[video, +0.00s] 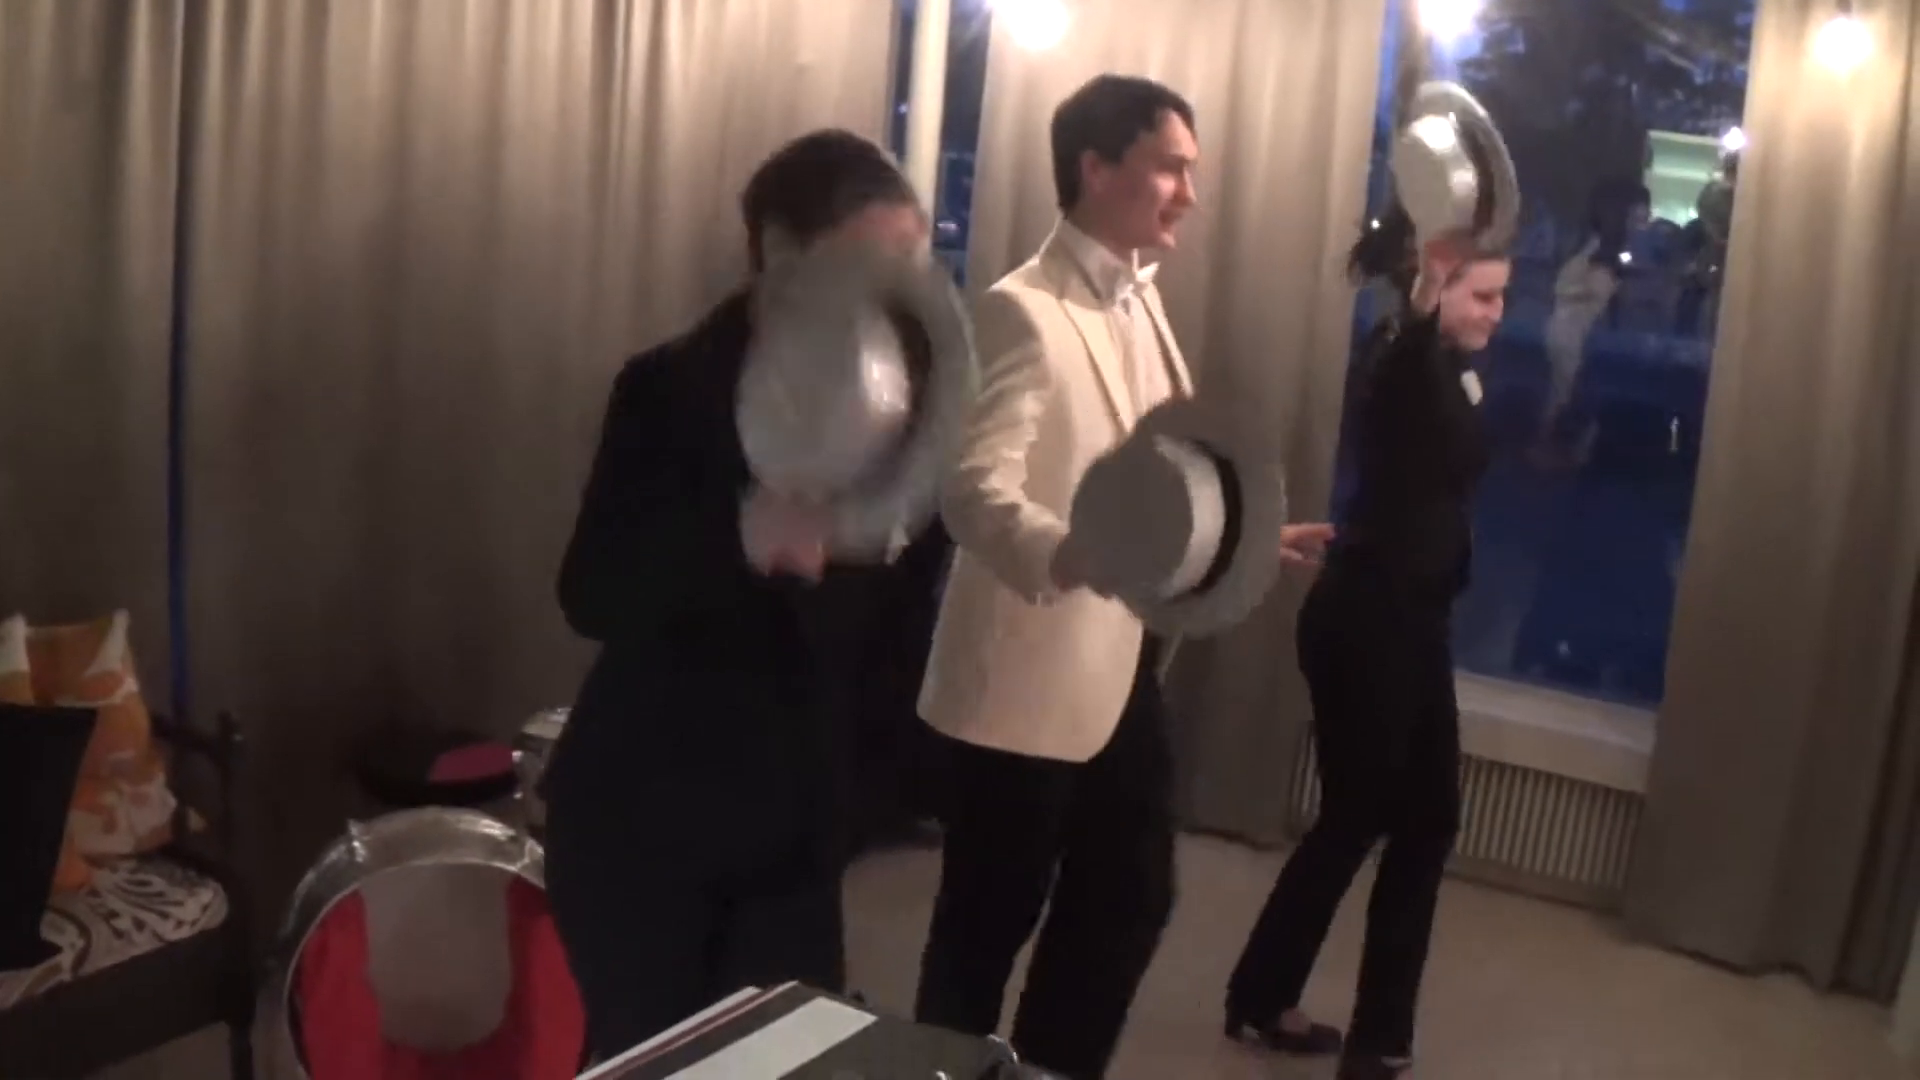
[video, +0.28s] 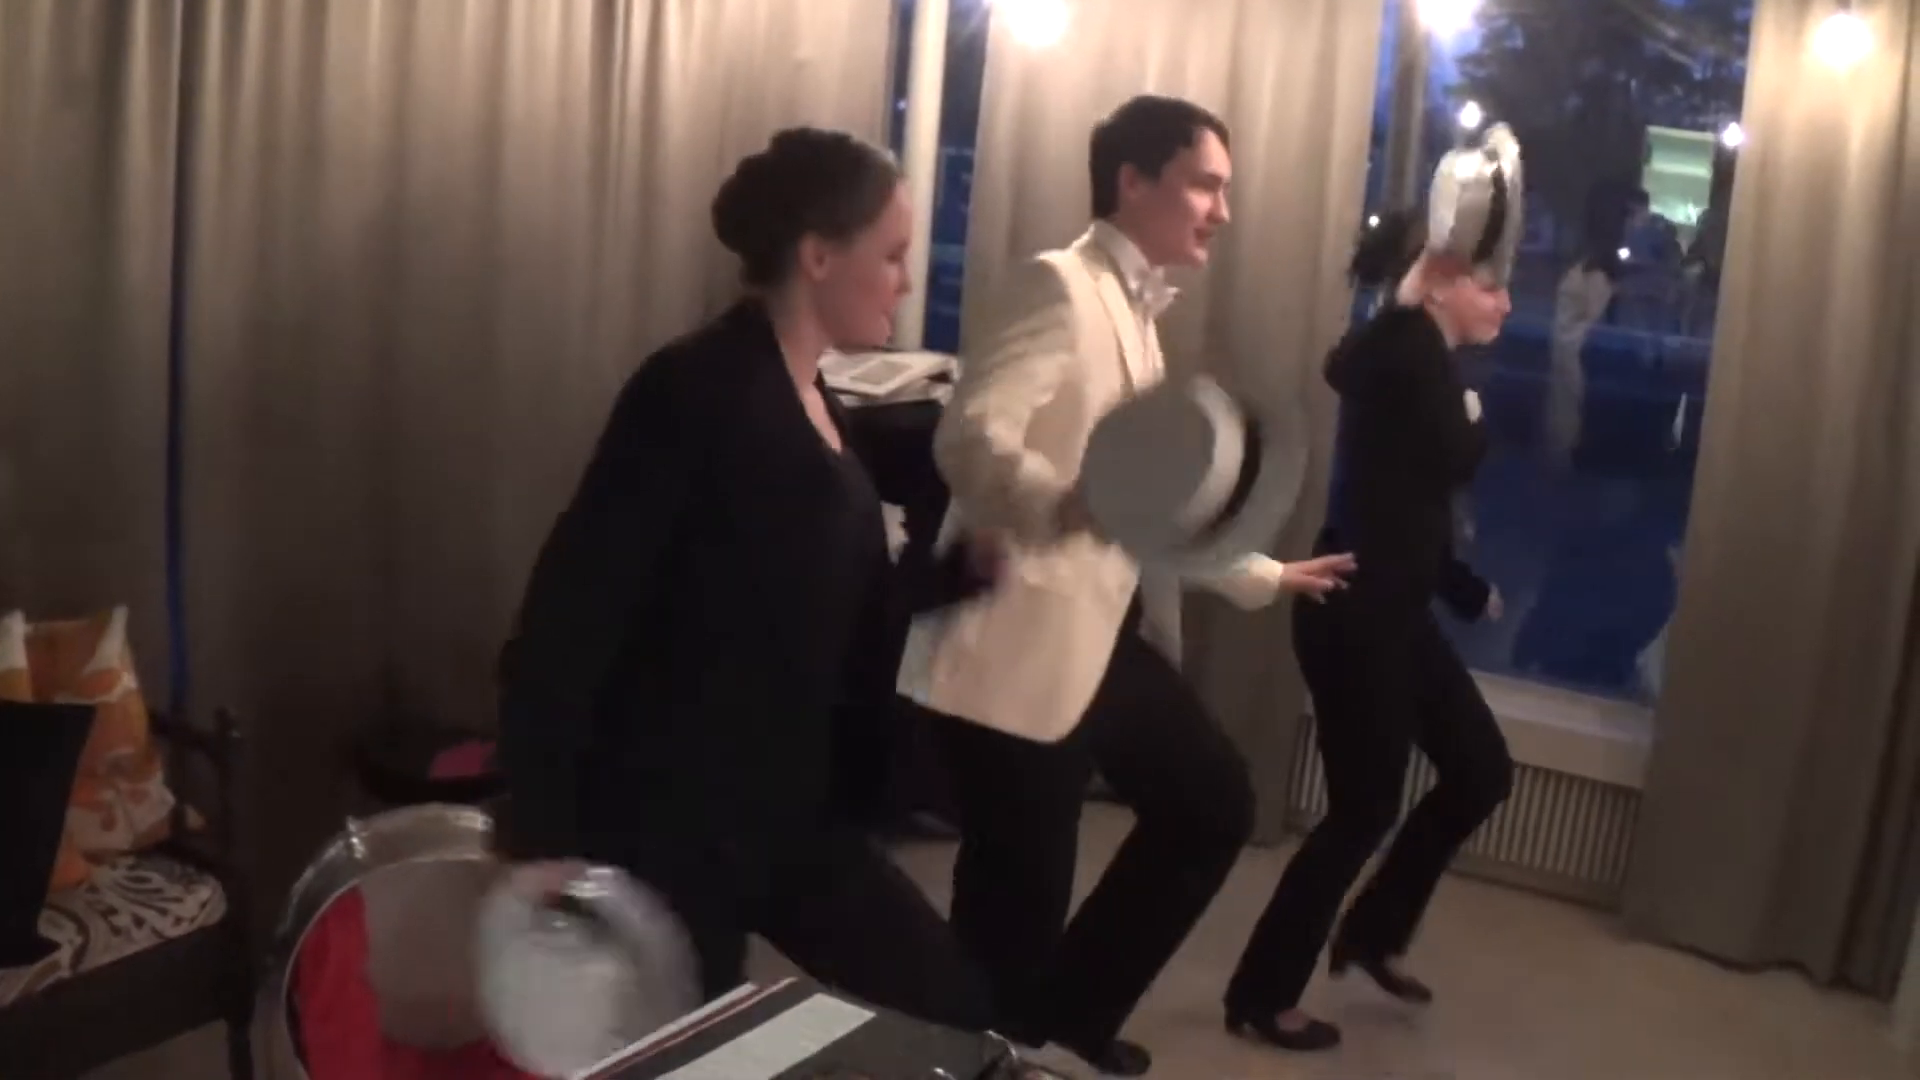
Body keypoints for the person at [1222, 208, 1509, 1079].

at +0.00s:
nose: (1496, 312)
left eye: (1501, 296)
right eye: (1484, 295)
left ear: (1479, 294)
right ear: (1434, 286)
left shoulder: (1438, 372)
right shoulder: (1408, 365)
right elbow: (1404, 359)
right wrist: (1422, 311)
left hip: (1408, 615)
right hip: (1365, 614)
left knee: (1421, 821)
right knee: (1362, 812)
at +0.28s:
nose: (1503, 306)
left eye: (1503, 290)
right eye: (1493, 289)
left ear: (1454, 286)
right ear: (1447, 280)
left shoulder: (1428, 359)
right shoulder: (1402, 350)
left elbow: (1407, 511)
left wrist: (1458, 583)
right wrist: (1412, 302)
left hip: (1397, 608)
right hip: (1353, 611)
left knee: (1479, 771)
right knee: (1362, 810)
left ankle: (1373, 934)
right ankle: (1258, 997)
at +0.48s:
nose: (1506, 318)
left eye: (1513, 303)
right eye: (1504, 299)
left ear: (1465, 277)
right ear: (1466, 278)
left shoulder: (1445, 353)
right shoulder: (1412, 337)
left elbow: (1429, 514)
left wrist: (1506, 564)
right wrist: (1426, 300)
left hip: (1406, 588)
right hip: (1362, 586)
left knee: (1416, 767)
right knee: (1363, 787)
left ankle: (1336, 911)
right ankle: (1257, 990)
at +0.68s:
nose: (1504, 278)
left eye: (1504, 263)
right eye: (1488, 264)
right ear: (1435, 270)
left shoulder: (1468, 357)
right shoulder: (1396, 356)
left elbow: (1490, 472)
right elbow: (1369, 484)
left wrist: (1553, 420)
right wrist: (1421, 504)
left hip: (1416, 589)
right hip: (1365, 589)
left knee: (1401, 766)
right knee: (1437, 775)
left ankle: (1324, 911)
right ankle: (1294, 899)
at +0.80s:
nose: (1503, 283)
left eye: (1506, 268)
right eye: (1490, 267)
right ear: (1435, 268)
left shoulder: (1464, 358)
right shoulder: (1394, 371)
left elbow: (1505, 406)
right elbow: (1374, 507)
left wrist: (1552, 314)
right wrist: (1419, 577)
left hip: (1416, 597)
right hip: (1369, 597)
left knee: (1391, 762)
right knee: (1454, 773)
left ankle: (1320, 906)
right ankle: (1316, 908)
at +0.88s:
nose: (1507, 281)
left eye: (1510, 267)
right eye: (1496, 263)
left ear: (1468, 273)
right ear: (1441, 261)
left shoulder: (1464, 355)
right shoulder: (1395, 372)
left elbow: (1512, 377)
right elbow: (1371, 509)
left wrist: (1552, 284)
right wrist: (1422, 578)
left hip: (1420, 600)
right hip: (1375, 599)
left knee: (1378, 771)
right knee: (1448, 782)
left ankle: (1314, 924)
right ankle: (1332, 938)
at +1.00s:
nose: (1518, 284)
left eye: (1521, 268)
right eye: (1506, 264)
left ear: (1464, 268)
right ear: (1449, 258)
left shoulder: (1463, 353)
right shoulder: (1401, 376)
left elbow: (1497, 392)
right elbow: (1395, 536)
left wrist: (1546, 314)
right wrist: (1465, 556)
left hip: (1441, 598)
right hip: (1390, 603)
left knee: (1417, 774)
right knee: (1431, 799)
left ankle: (1324, 888)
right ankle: (1321, 972)